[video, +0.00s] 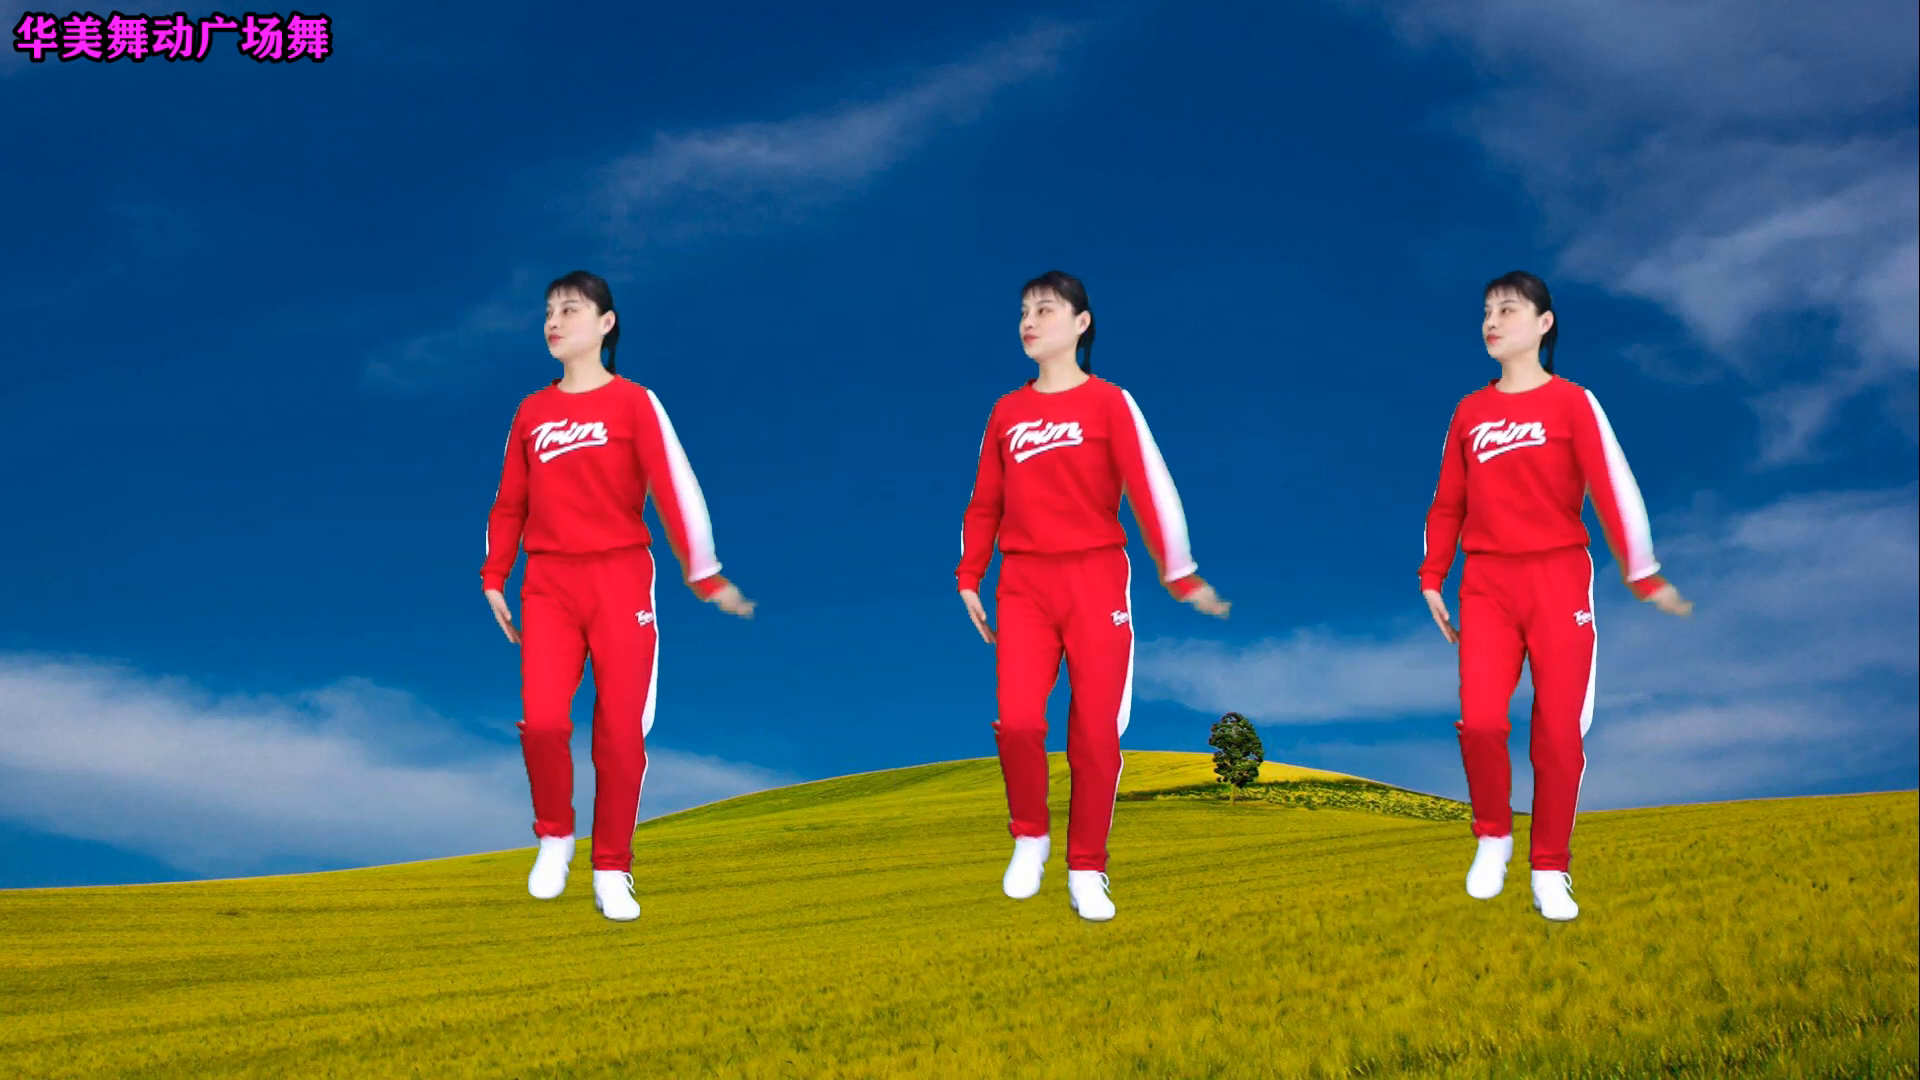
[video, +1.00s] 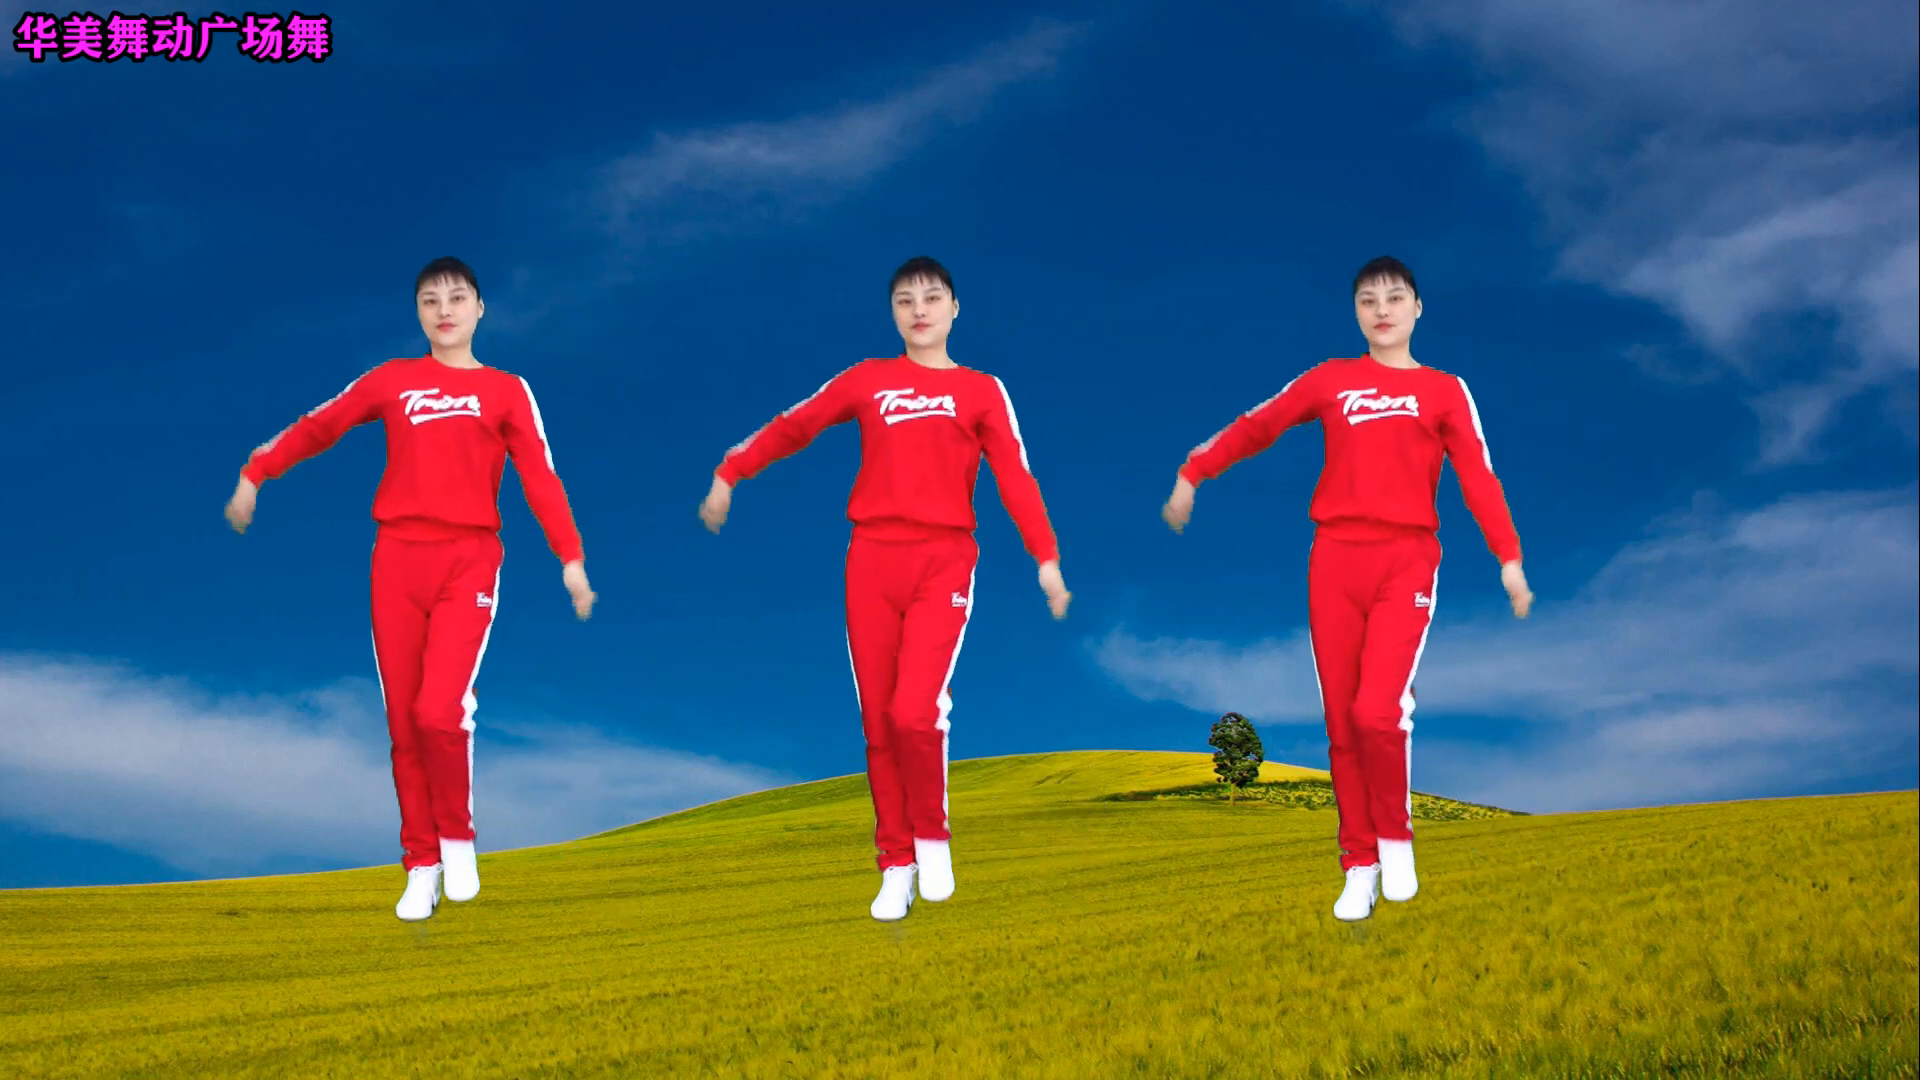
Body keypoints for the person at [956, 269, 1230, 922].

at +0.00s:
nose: (1029, 322)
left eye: (1044, 311)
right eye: (1025, 313)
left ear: (1080, 324)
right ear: (1022, 330)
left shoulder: (1109, 402)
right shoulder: (1007, 412)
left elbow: (1150, 486)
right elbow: (985, 502)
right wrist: (968, 575)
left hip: (1097, 579)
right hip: (1023, 582)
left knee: (1096, 729)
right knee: (1016, 721)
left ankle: (1087, 867)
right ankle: (1031, 835)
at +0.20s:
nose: (1011, 306)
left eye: (1026, 294)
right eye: (1008, 297)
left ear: (1066, 304)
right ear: (1009, 313)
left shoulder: (1095, 369)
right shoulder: (993, 393)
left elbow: (1031, 386)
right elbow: (979, 484)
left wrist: (943, 406)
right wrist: (967, 561)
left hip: (1080, 558)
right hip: (1006, 561)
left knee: (1085, 719)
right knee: (967, 699)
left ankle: (1089, 862)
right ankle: (959, 828)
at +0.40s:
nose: (979, 308)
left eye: (993, 299)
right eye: (979, 299)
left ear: (1029, 310)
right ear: (984, 314)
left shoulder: (1058, 377)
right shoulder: (963, 394)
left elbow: (1036, 299)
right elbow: (940, 487)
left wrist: (978, 246)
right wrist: (926, 567)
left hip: (1040, 558)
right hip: (968, 563)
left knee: (1065, 720)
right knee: (933, 724)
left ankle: (1087, 861)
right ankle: (899, 859)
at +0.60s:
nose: (949, 313)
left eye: (965, 304)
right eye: (944, 305)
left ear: (999, 317)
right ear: (937, 320)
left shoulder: (1013, 387)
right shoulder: (911, 392)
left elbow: (1055, 341)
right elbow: (880, 481)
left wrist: (1059, 253)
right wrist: (871, 560)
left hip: (974, 563)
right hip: (904, 568)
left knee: (1004, 722)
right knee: (896, 734)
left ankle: (1060, 850)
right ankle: (898, 865)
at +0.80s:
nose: (933, 332)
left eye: (947, 322)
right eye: (922, 323)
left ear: (969, 333)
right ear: (910, 334)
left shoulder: (992, 408)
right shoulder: (881, 408)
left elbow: (1054, 437)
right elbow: (842, 489)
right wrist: (808, 563)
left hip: (950, 580)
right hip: (877, 578)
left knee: (903, 716)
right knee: (865, 732)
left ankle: (955, 795)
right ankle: (895, 866)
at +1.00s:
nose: (921, 309)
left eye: (932, 298)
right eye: (908, 301)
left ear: (954, 308)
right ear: (894, 314)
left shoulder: (981, 389)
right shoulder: (867, 378)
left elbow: (1015, 475)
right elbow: (794, 426)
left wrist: (1045, 557)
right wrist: (727, 474)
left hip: (946, 560)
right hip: (872, 559)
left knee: (914, 715)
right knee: (877, 721)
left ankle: (931, 839)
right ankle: (895, 861)